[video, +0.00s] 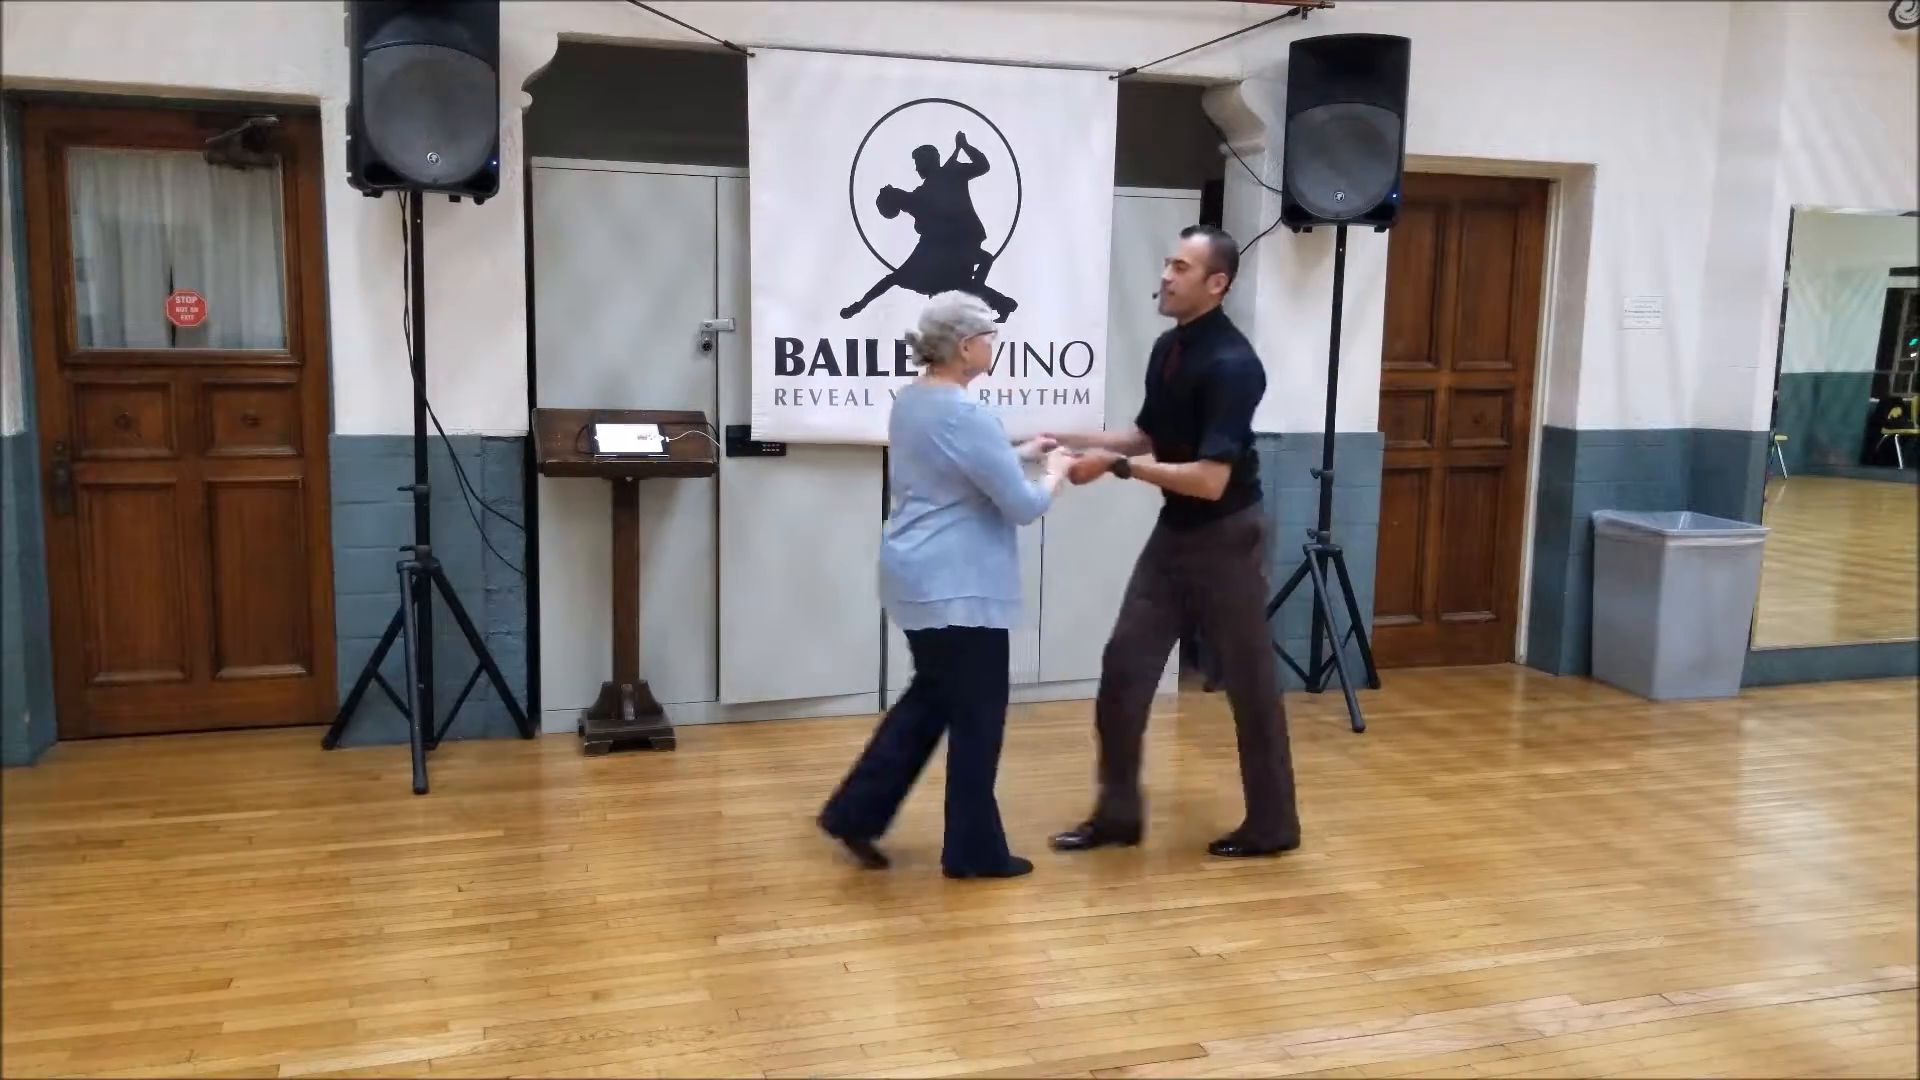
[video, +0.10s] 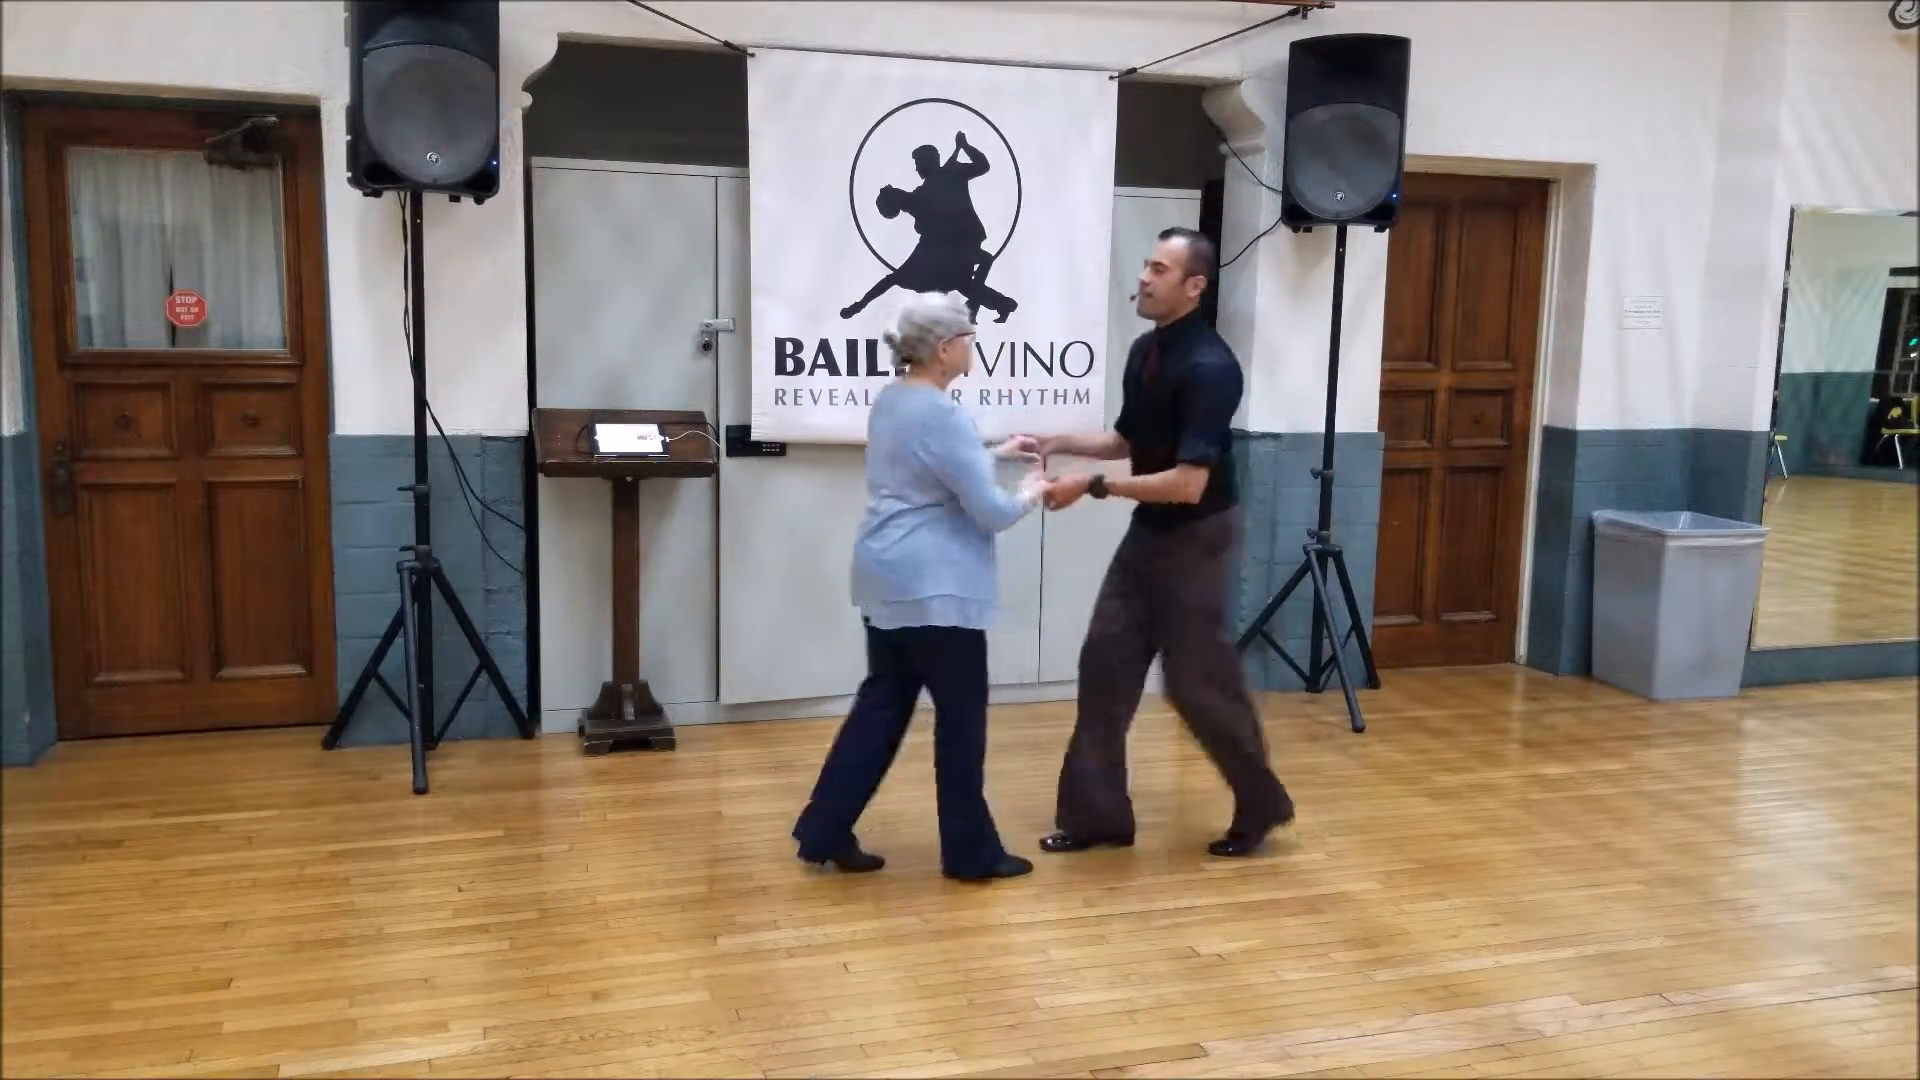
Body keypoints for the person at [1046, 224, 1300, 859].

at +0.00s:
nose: (1165, 276)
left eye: (1180, 269)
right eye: (1168, 265)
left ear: (1217, 284)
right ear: (1184, 277)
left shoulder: (1233, 362)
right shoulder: (1170, 347)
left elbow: (1211, 480)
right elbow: (1148, 439)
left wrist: (1120, 464)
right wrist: (1075, 444)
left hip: (1228, 540)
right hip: (1175, 533)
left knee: (1251, 682)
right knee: (1125, 667)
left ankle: (1273, 825)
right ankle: (1118, 817)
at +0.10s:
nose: (1143, 277)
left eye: (1157, 271)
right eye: (1146, 267)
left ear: (1194, 287)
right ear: (1169, 283)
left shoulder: (1210, 366)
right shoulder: (1147, 351)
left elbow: (1188, 485)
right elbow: (1129, 443)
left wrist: (1095, 483)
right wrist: (1051, 443)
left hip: (1199, 537)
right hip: (1149, 532)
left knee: (1197, 678)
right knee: (1105, 666)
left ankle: (1261, 804)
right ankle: (1096, 815)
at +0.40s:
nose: (1086, 279)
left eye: (1101, 271)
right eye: (1088, 268)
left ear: (1138, 287)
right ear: (1102, 283)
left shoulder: (1155, 361)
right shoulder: (1092, 359)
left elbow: (1138, 468)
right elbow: (1072, 458)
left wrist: (1038, 508)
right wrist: (1002, 486)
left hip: (1136, 533)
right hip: (1092, 528)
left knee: (1054, 663)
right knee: (1080, 664)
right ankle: (1097, 812)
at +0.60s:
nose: (1064, 276)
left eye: (1079, 268)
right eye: (1064, 265)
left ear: (1115, 284)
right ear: (1067, 275)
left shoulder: (1128, 360)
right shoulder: (1066, 353)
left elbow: (1104, 469)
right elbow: (1046, 454)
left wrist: (1004, 502)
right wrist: (980, 484)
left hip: (1111, 539)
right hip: (1068, 530)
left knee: (1058, 685)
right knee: (1026, 671)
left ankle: (996, 836)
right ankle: (1088, 801)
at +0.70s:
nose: (1059, 279)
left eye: (1075, 271)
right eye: (1060, 268)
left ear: (1111, 287)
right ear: (1063, 277)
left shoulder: (1123, 364)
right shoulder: (1061, 355)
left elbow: (1096, 478)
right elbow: (1042, 457)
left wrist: (997, 505)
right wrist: (976, 486)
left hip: (1110, 539)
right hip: (1065, 531)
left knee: (1059, 687)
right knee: (1008, 666)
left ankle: (1001, 835)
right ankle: (1077, 788)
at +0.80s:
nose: (1061, 282)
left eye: (1077, 274)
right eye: (1062, 271)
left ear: (1114, 289)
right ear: (1063, 280)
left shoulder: (1130, 368)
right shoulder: (1059, 359)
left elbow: (1105, 482)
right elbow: (1034, 455)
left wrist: (1005, 496)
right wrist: (971, 482)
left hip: (1113, 540)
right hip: (1065, 532)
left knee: (1064, 686)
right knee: (1015, 675)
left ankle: (1005, 834)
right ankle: (1061, 804)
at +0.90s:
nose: (1066, 279)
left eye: (1082, 271)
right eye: (1067, 268)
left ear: (1119, 286)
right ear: (1069, 276)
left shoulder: (1139, 364)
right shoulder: (1061, 357)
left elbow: (1120, 478)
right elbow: (1033, 452)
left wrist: (1019, 488)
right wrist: (964, 479)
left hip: (1118, 536)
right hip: (1071, 528)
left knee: (1066, 680)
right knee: (1031, 674)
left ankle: (1010, 833)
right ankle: (1068, 810)